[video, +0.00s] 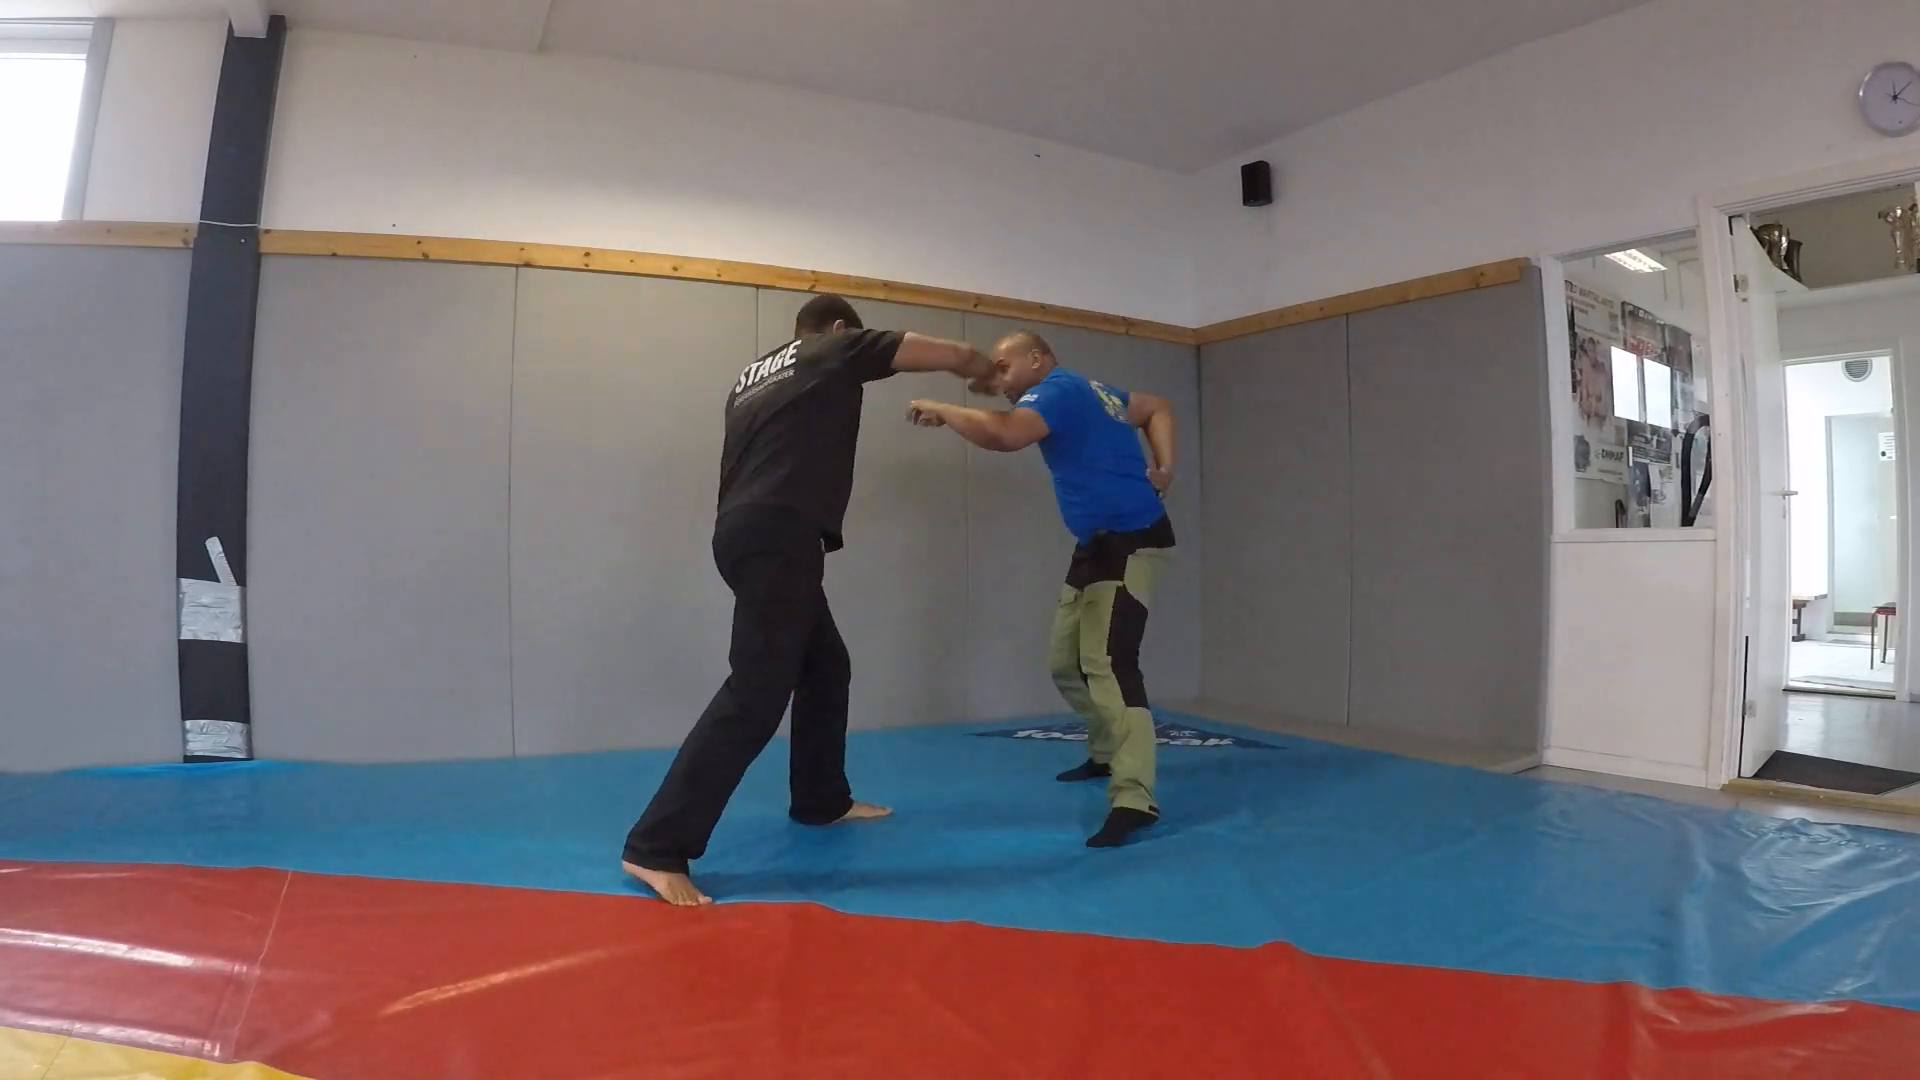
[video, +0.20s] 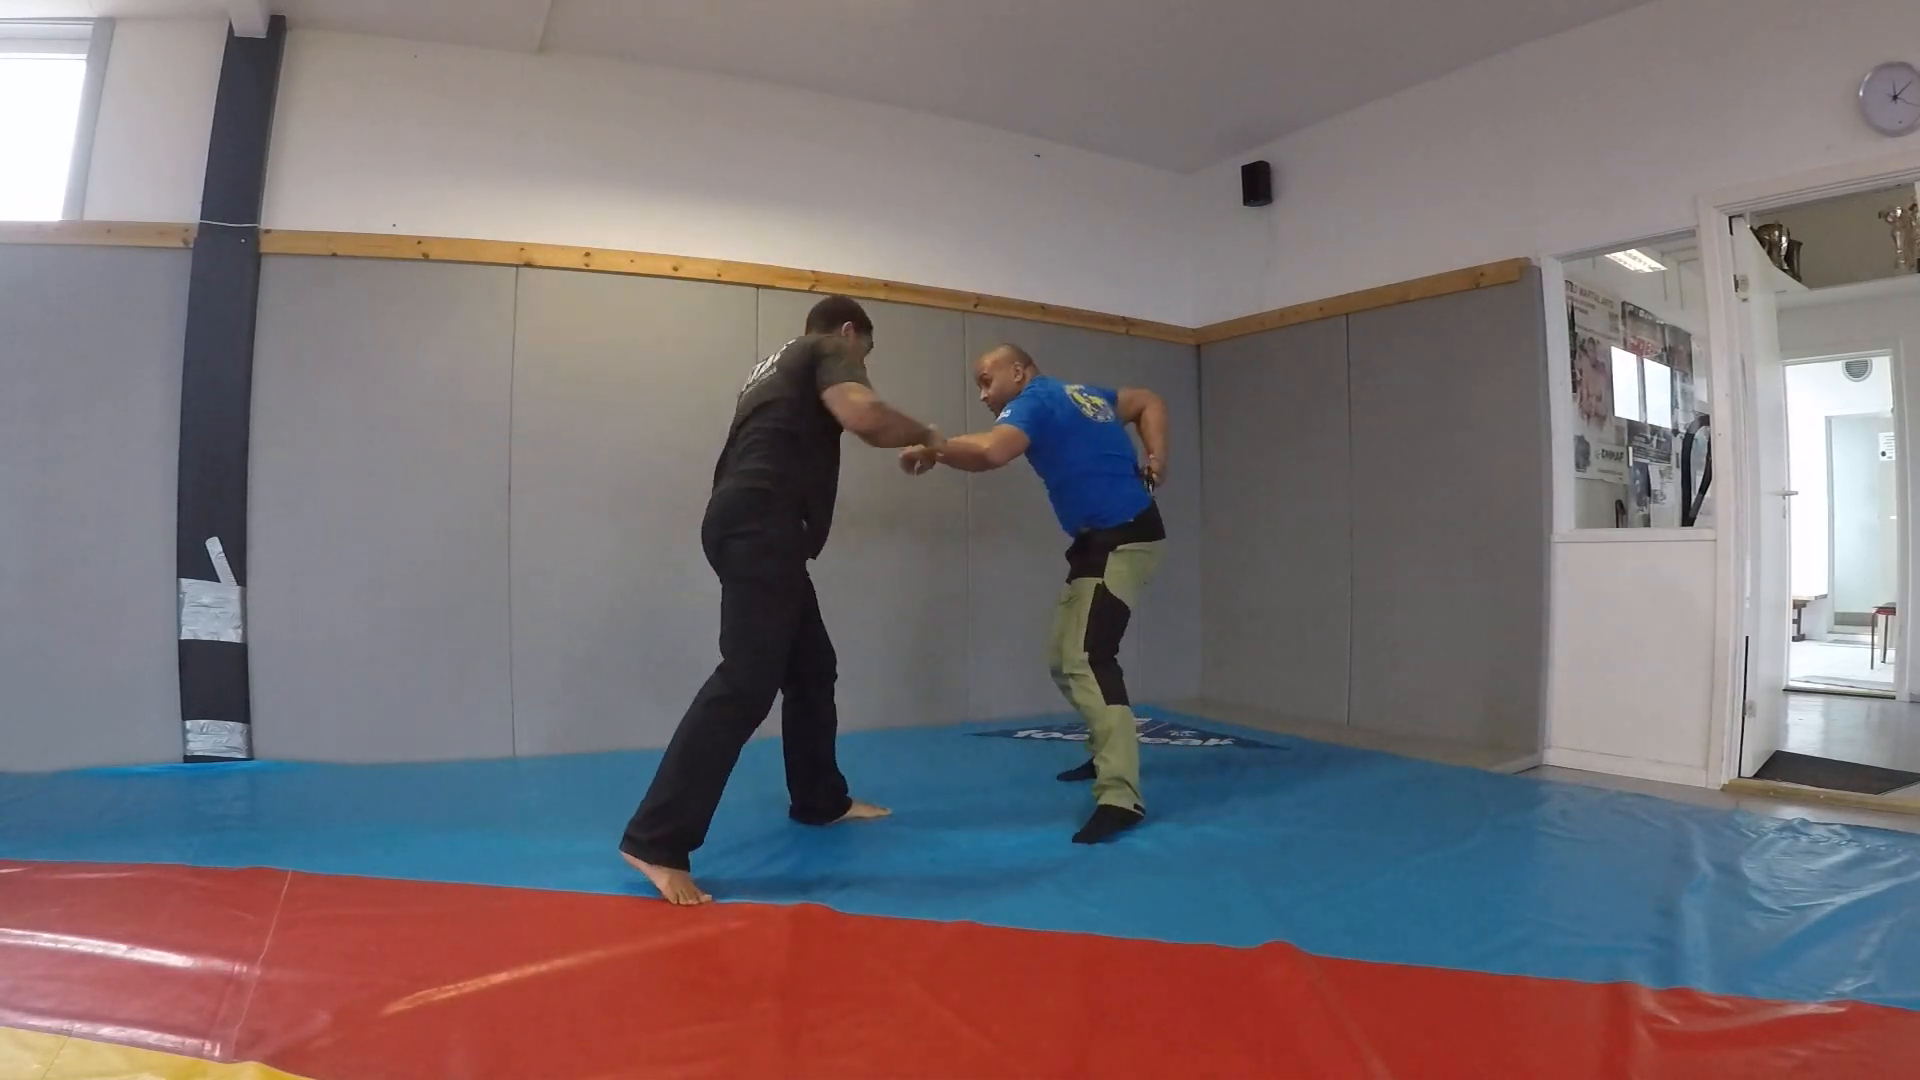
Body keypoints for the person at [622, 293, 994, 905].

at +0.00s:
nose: (856, 343)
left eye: (856, 337)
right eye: (855, 336)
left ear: (799, 329)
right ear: (841, 328)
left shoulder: (749, 378)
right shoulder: (838, 347)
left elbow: (735, 471)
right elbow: (960, 355)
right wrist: (980, 368)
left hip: (739, 533)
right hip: (781, 530)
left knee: (825, 666)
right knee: (758, 687)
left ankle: (820, 802)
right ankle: (657, 847)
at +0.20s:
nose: (864, 357)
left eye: (865, 349)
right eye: (864, 346)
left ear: (817, 329)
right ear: (849, 330)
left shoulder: (774, 367)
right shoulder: (829, 349)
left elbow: (748, 451)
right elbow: (862, 417)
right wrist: (922, 435)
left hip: (745, 526)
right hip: (762, 526)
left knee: (811, 666)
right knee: (750, 678)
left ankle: (819, 802)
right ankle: (655, 841)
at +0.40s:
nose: (855, 367)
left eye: (857, 357)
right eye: (853, 354)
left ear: (822, 342)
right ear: (827, 339)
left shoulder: (795, 396)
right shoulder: (775, 372)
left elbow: (817, 461)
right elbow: (755, 439)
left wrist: (865, 410)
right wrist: (846, 437)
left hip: (754, 559)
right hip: (720, 553)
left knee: (829, 662)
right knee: (748, 697)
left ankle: (826, 800)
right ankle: (618, 824)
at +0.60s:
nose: (781, 331)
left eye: (783, 318)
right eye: (778, 316)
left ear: (744, 306)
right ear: (744, 304)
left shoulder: (721, 373)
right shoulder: (662, 353)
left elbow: (732, 404)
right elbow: (569, 415)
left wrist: (765, 363)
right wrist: (659, 377)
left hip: (710, 561)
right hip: (648, 560)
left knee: (770, 686)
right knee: (677, 710)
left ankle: (826, 800)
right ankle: (608, 853)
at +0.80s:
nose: (675, 284)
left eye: (680, 271)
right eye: (670, 267)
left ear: (636, 261)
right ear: (624, 253)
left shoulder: (652, 325)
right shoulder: (523, 301)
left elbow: (715, 348)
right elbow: (466, 409)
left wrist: (755, 354)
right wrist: (575, 390)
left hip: (596, 510)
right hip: (514, 512)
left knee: (658, 655)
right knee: (528, 682)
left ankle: (617, 808)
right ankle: (578, 838)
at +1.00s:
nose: (519, 272)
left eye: (525, 258)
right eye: (509, 255)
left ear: (519, 260)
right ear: (454, 247)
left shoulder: (534, 344)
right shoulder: (362, 308)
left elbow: (634, 386)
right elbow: (289, 384)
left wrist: (637, 446)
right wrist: (303, 451)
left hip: (479, 548)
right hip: (380, 540)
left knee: (529, 693)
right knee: (296, 674)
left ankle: (562, 835)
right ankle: (342, 846)